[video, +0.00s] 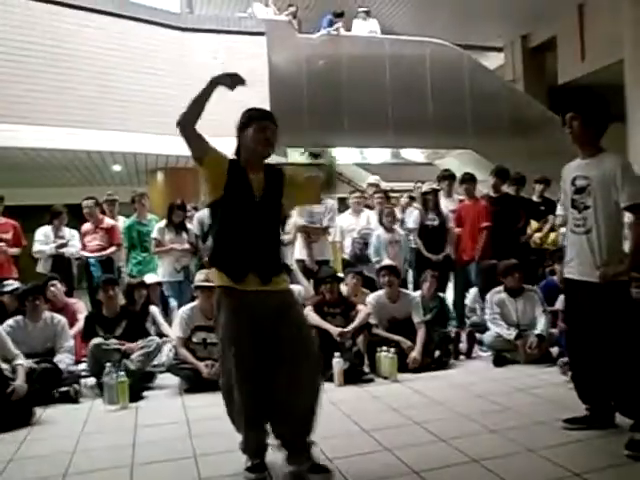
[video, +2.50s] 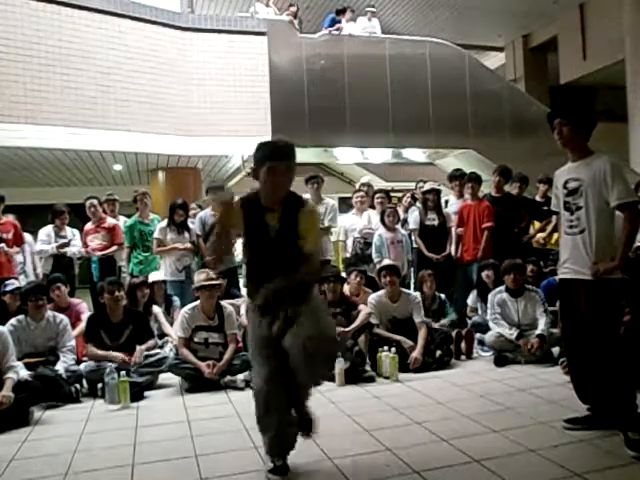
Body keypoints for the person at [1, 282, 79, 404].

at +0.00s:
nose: (36, 303)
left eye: (39, 299)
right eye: (32, 300)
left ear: (45, 303)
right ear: (25, 304)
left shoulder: (58, 322)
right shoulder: (11, 326)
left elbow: (67, 352)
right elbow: (5, 356)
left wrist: (54, 367)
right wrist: (24, 365)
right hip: (23, 369)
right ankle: (54, 396)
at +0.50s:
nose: (38, 303)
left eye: (41, 299)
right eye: (34, 300)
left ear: (46, 301)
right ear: (25, 304)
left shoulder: (59, 322)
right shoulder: (12, 327)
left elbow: (68, 350)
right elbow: (8, 357)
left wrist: (61, 368)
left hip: (54, 367)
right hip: (25, 370)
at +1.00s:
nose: (39, 302)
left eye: (42, 298)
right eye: (34, 299)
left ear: (47, 301)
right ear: (26, 304)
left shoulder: (60, 322)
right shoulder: (13, 327)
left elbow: (68, 352)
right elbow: (12, 361)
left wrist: (57, 370)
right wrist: (30, 376)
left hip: (54, 368)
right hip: (27, 372)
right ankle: (68, 393)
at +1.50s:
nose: (40, 302)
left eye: (42, 298)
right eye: (35, 299)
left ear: (48, 301)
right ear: (26, 304)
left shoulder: (61, 322)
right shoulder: (14, 326)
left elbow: (68, 353)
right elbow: (10, 359)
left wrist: (56, 372)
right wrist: (26, 375)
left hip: (53, 368)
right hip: (27, 371)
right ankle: (67, 394)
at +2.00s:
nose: (40, 302)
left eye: (42, 298)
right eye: (35, 299)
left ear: (48, 300)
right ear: (26, 304)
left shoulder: (60, 321)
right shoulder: (14, 326)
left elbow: (68, 352)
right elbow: (11, 360)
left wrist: (57, 371)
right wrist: (26, 375)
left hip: (54, 369)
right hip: (27, 371)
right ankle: (68, 393)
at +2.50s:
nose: (39, 303)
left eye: (42, 299)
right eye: (34, 300)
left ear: (47, 301)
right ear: (25, 305)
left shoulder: (60, 321)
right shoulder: (14, 326)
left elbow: (69, 352)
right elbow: (10, 359)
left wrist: (58, 371)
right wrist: (24, 375)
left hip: (53, 367)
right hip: (28, 370)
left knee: (76, 374)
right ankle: (69, 394)